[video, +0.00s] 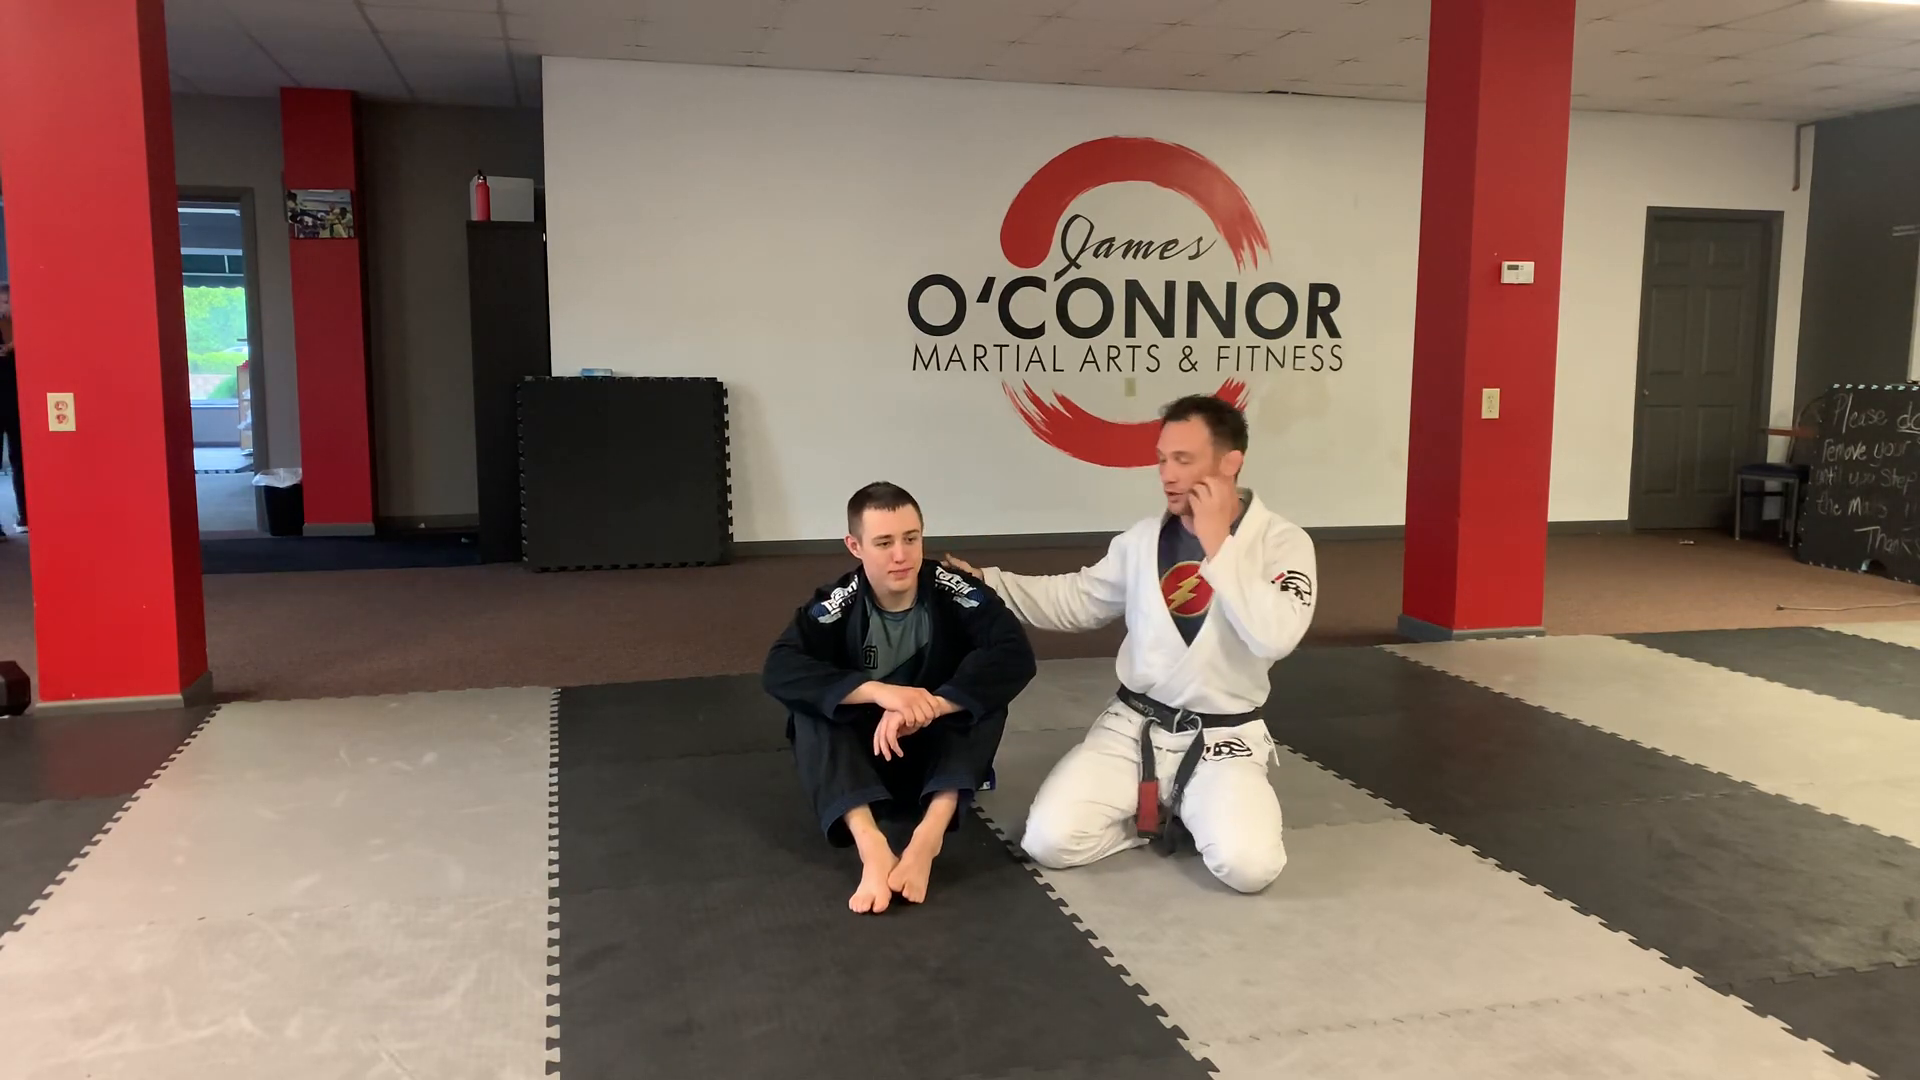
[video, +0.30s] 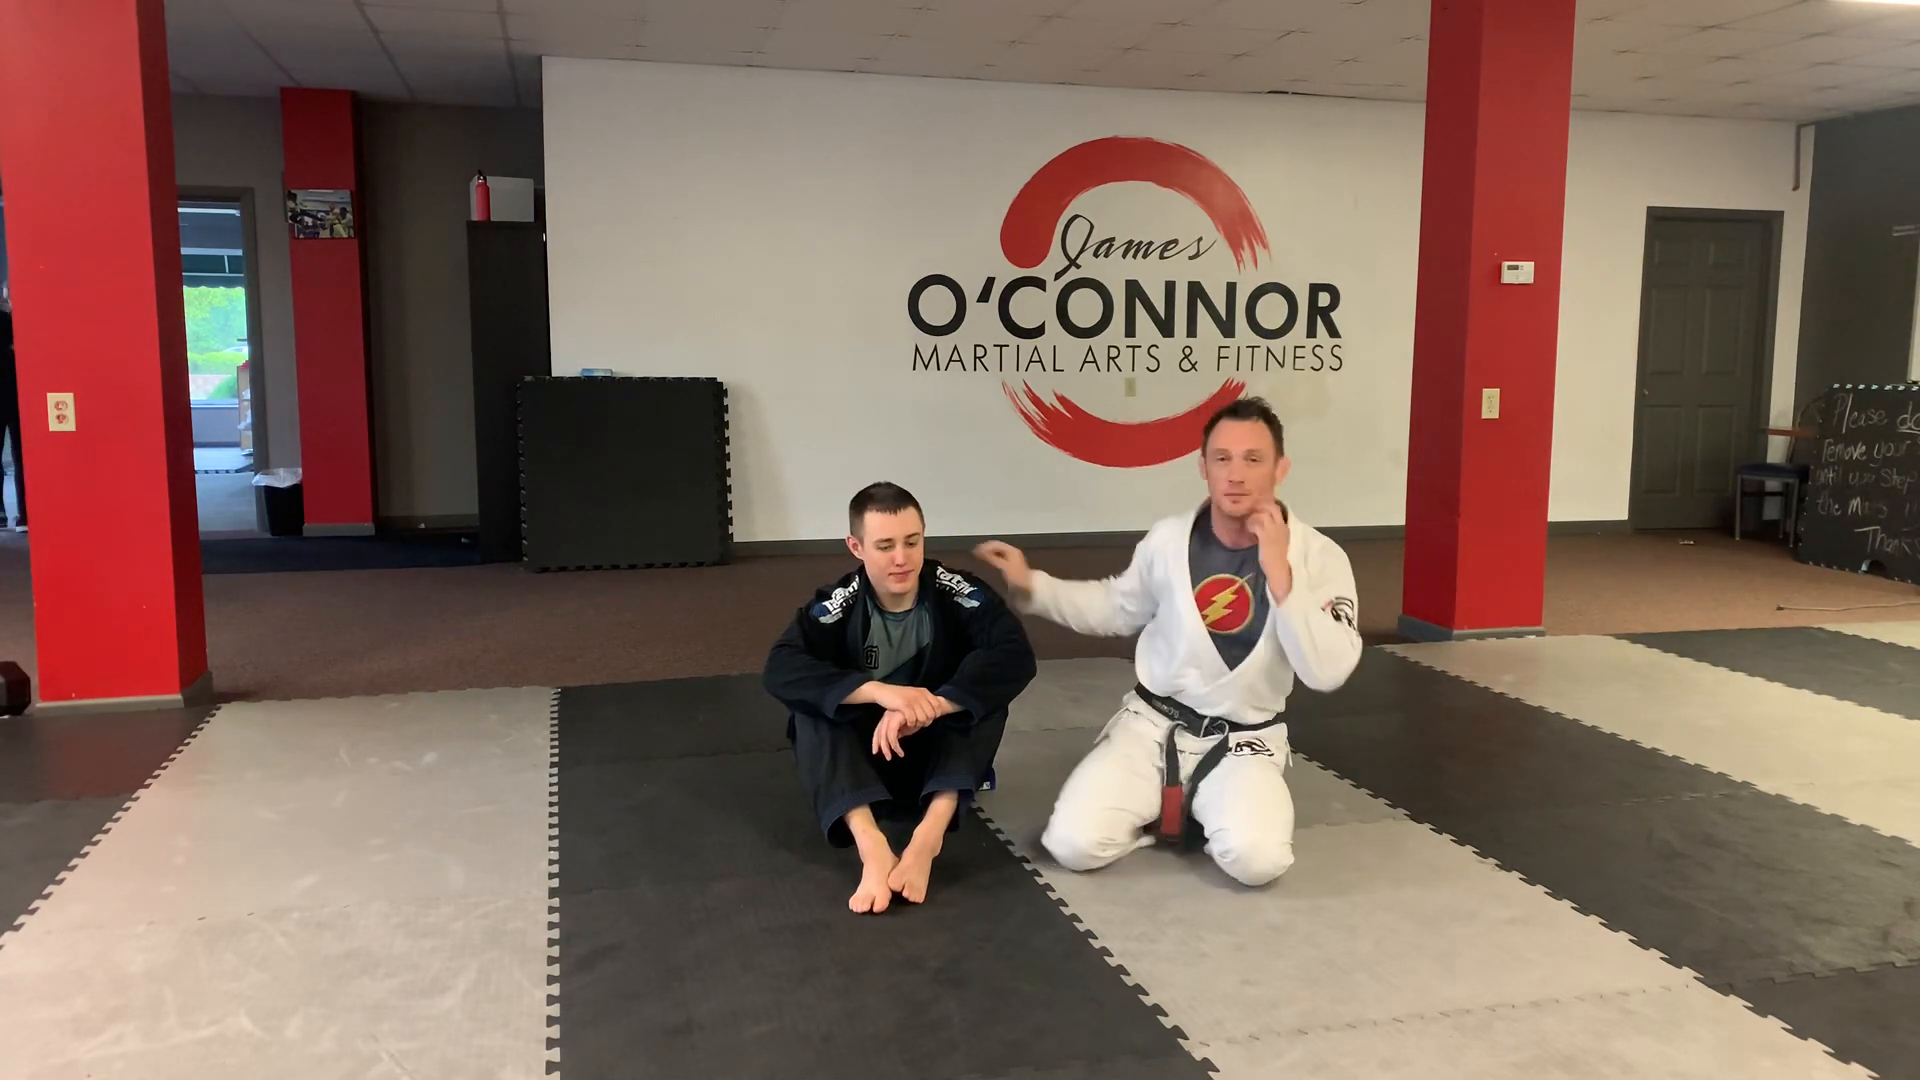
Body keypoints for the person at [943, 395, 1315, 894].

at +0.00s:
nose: (1166, 476)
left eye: (1182, 460)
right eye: (1162, 460)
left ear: (1231, 464)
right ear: (1157, 461)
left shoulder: (1282, 542)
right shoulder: (1141, 542)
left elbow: (1274, 636)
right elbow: (1077, 600)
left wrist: (1218, 543)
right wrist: (986, 582)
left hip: (1224, 739)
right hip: (1129, 727)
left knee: (1251, 867)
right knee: (1048, 842)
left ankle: (1198, 800)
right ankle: (1157, 809)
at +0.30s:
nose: (1236, 474)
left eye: (1253, 459)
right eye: (1223, 459)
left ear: (1280, 470)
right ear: (1204, 467)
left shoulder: (1319, 559)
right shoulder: (1168, 541)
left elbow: (1328, 671)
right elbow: (1118, 608)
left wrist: (1279, 574)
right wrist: (1032, 586)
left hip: (1247, 740)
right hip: (1150, 724)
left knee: (1257, 860)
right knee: (1072, 845)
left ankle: (1209, 799)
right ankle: (1161, 807)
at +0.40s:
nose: (1243, 477)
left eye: (1261, 464)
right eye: (1230, 462)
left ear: (1287, 479)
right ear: (1210, 475)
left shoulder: (1326, 574)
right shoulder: (1172, 549)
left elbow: (1345, 696)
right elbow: (1131, 620)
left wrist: (1284, 631)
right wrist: (1081, 631)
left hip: (1250, 743)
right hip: (1160, 723)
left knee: (1248, 866)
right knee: (1107, 848)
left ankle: (1213, 796)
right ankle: (1174, 798)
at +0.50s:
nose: (1247, 489)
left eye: (1266, 473)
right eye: (1233, 472)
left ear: (1293, 487)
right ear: (1214, 483)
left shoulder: (1335, 581)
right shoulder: (1174, 562)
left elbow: (1353, 694)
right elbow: (1120, 637)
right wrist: (1083, 682)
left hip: (1264, 744)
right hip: (1171, 726)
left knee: (1256, 869)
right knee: (1135, 855)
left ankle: (1220, 800)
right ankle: (1183, 798)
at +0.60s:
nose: (1250, 496)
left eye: (1268, 480)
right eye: (1235, 480)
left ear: (1296, 492)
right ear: (1215, 490)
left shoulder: (1341, 584)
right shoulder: (1179, 569)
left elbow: (1347, 705)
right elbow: (1121, 662)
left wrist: (1288, 800)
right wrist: (1084, 771)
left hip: (1279, 737)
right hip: (1181, 722)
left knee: (1261, 875)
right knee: (1140, 859)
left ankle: (1223, 804)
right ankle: (1193, 806)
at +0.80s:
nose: (1234, 530)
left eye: (1252, 511)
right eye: (1219, 511)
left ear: (1287, 514)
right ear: (1200, 514)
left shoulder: (1339, 600)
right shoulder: (1171, 584)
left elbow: (1334, 742)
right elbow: (1141, 708)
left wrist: (1294, 870)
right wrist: (1115, 833)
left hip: (1282, 738)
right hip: (1189, 718)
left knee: (1254, 875)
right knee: (1096, 830)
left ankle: (1245, 800)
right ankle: (1201, 800)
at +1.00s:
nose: (1194, 597)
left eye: (1214, 576)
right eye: (1181, 576)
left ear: (1258, 565)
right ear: (1167, 564)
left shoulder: (1323, 619)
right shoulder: (1148, 616)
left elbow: (1318, 763)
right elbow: (1132, 746)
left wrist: (1290, 897)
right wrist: (1098, 873)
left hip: (1277, 742)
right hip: (1188, 729)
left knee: (1253, 884)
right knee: (1103, 815)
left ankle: (1243, 791)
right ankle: (1201, 760)